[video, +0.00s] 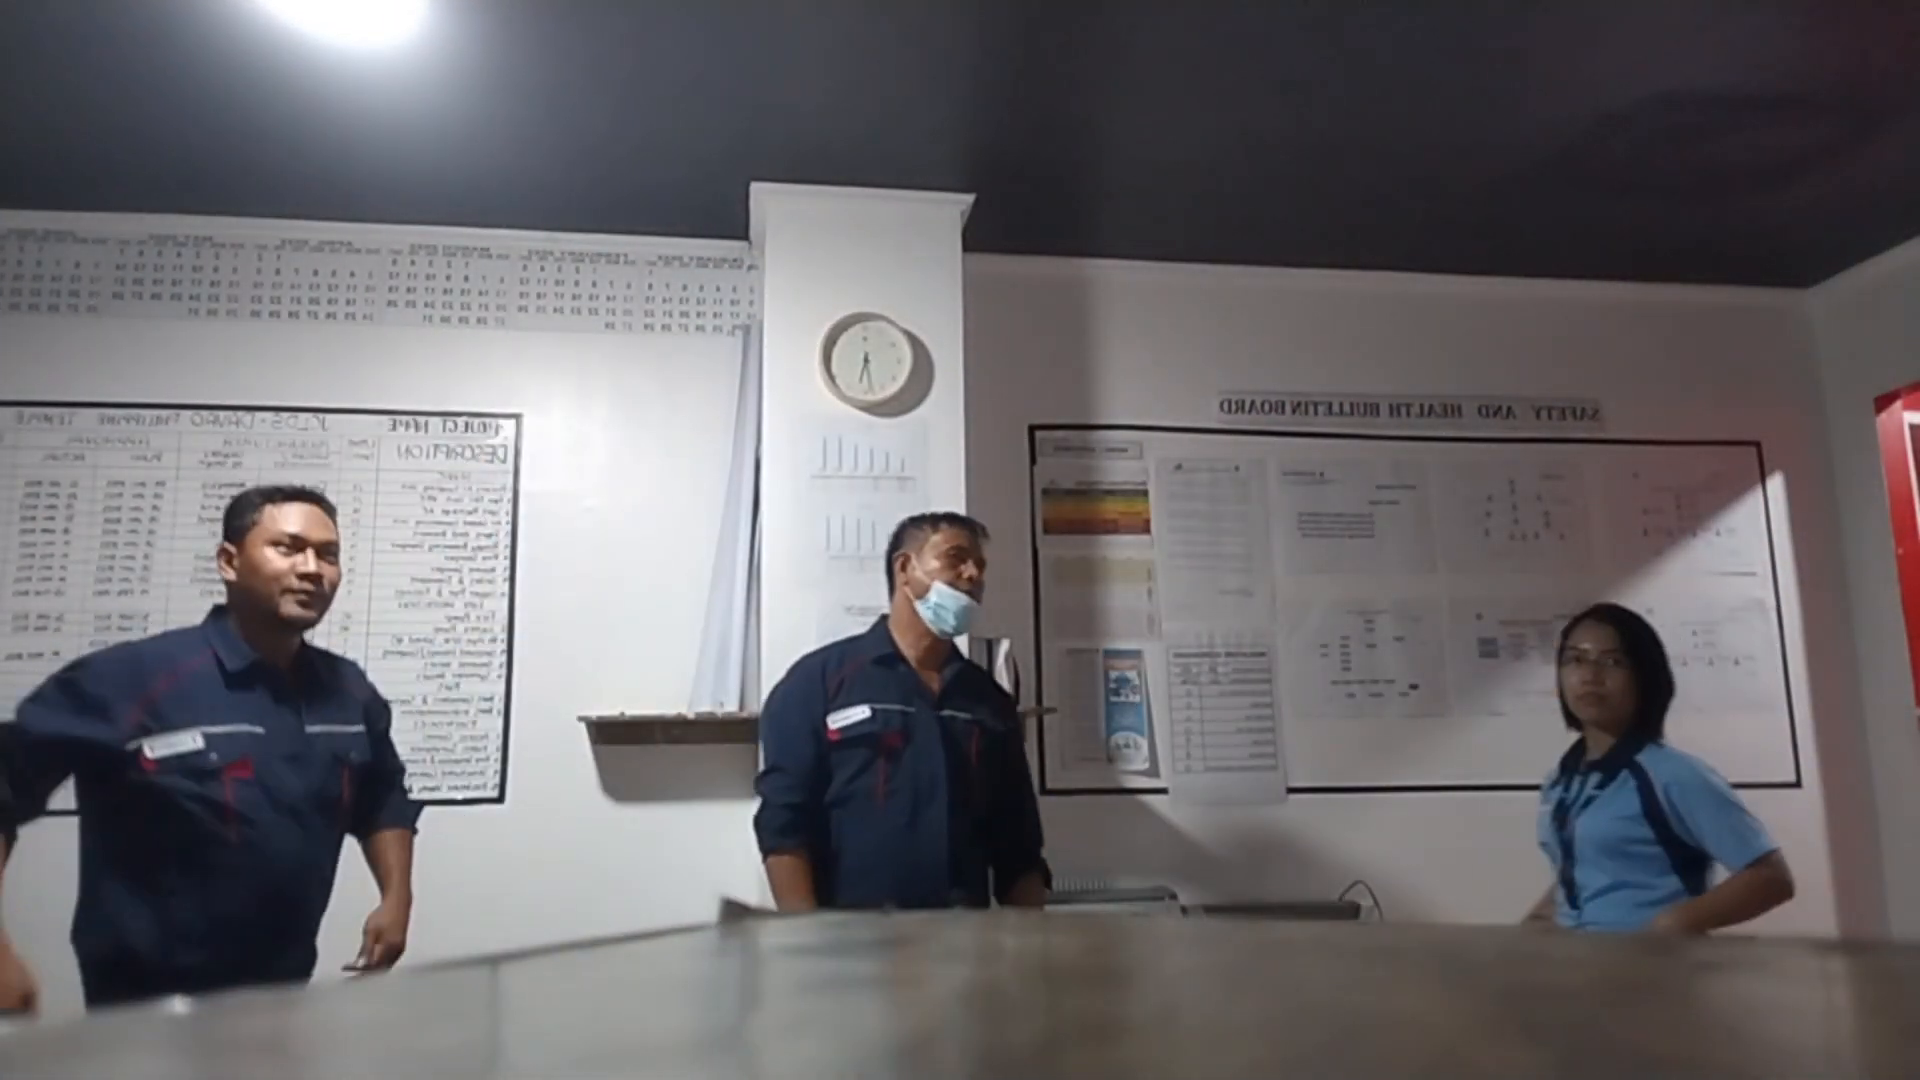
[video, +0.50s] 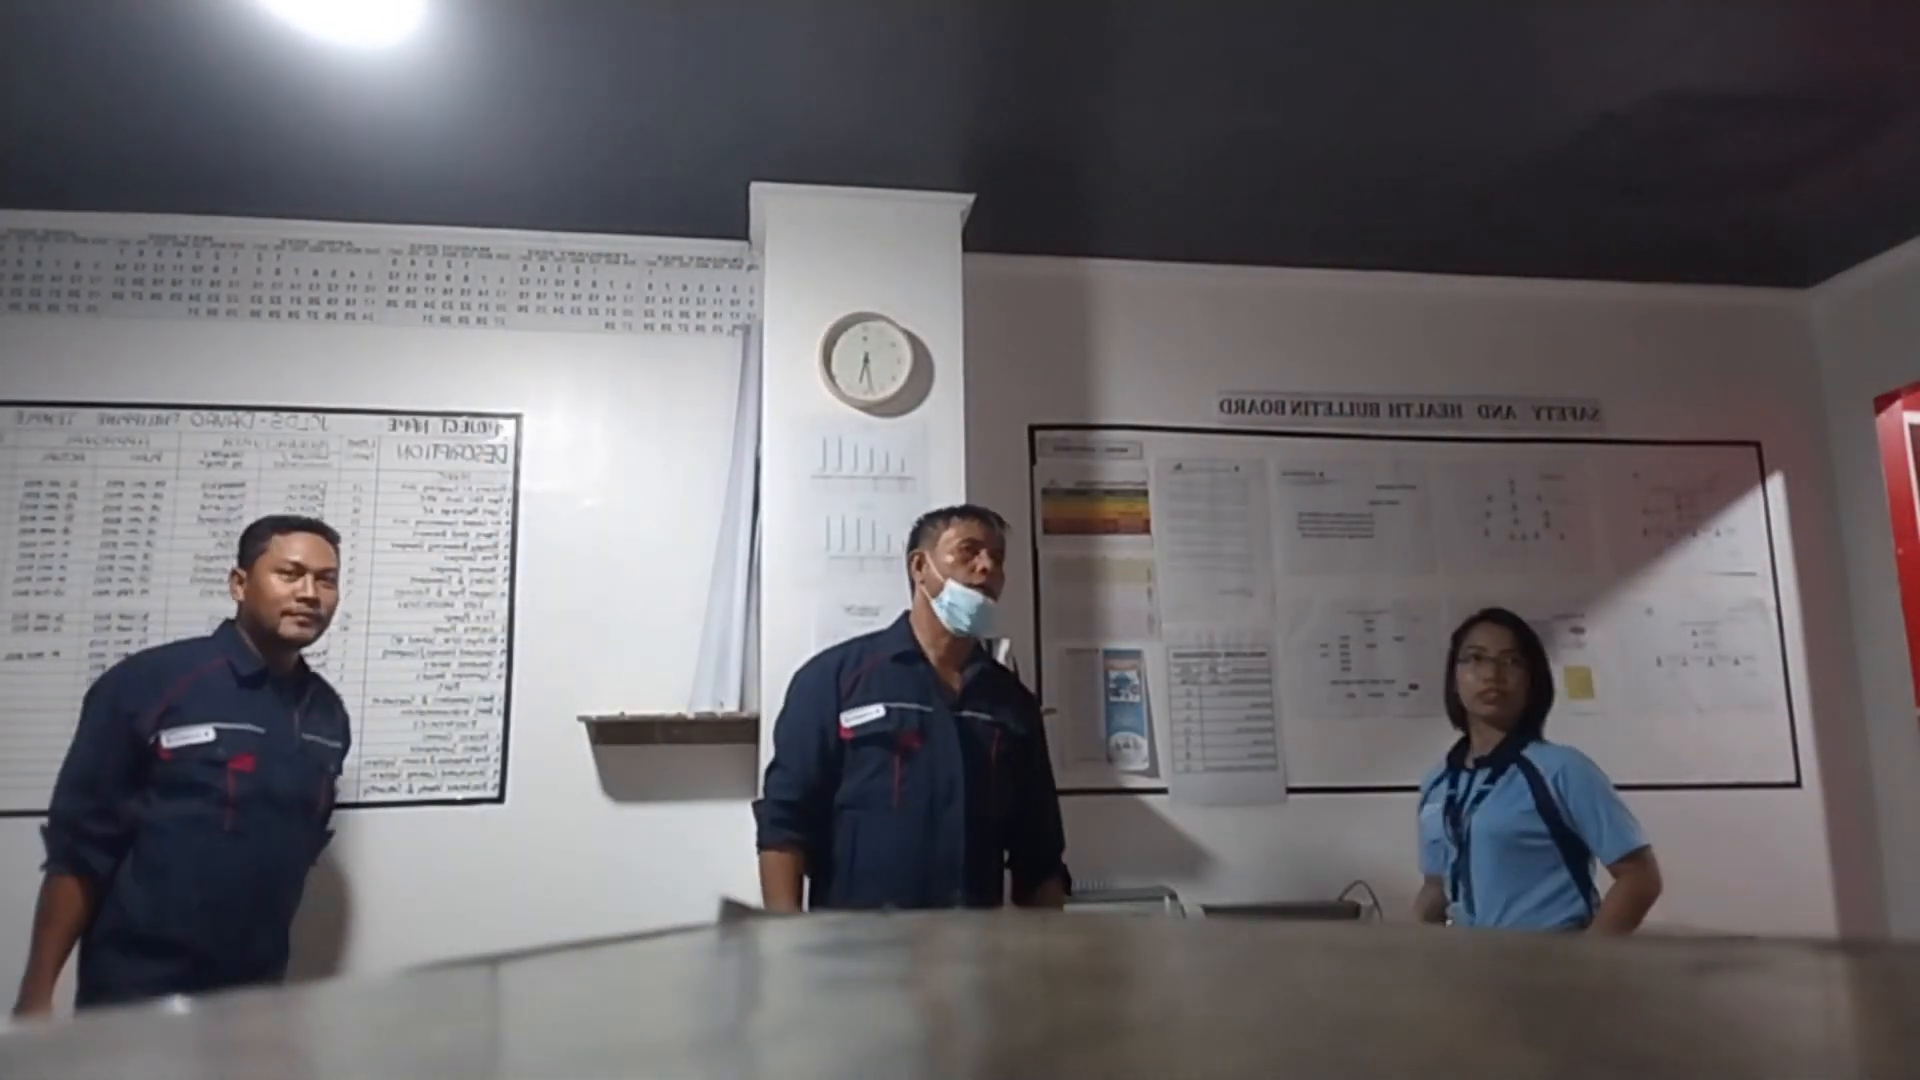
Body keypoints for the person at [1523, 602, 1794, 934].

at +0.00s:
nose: (1590, 675)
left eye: (1612, 662)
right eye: (1576, 660)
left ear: (1644, 675)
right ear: (1560, 677)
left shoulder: (1675, 777)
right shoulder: (1560, 784)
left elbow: (1772, 880)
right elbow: (1575, 884)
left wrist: (1676, 923)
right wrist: (1522, 941)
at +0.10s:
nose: (1570, 679)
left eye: (1591, 665)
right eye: (1554, 664)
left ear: (1622, 680)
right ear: (1536, 680)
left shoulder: (1651, 780)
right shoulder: (1532, 785)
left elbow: (1746, 884)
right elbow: (1538, 883)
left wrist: (1649, 936)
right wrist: (1482, 939)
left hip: (1624, 983)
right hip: (1542, 979)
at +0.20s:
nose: (1549, 678)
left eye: (1570, 664)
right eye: (1533, 663)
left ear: (1598, 680)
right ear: (1514, 679)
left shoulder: (1624, 778)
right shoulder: (1507, 785)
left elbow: (1713, 883)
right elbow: (1506, 876)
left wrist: (1622, 941)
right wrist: (1466, 910)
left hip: (1597, 980)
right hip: (1518, 979)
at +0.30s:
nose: (1527, 675)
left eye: (1548, 663)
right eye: (1511, 661)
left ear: (1575, 680)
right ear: (1492, 677)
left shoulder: (1597, 773)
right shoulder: (1484, 783)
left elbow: (1684, 879)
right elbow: (1477, 877)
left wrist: (1596, 943)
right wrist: (1440, 902)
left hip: (1574, 973)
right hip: (1495, 972)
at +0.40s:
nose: (1506, 675)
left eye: (1527, 661)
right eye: (1490, 659)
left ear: (1554, 677)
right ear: (1472, 676)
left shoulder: (1575, 771)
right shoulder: (1459, 785)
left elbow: (1660, 879)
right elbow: (1455, 878)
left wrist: (1582, 958)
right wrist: (1427, 908)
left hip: (1559, 973)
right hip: (1477, 971)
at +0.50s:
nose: (1491, 675)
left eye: (1510, 662)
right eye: (1475, 659)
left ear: (1533, 679)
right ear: (1454, 677)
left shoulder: (1562, 770)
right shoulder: (1437, 786)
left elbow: (1640, 880)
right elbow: (1437, 889)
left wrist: (1579, 969)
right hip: (1469, 975)